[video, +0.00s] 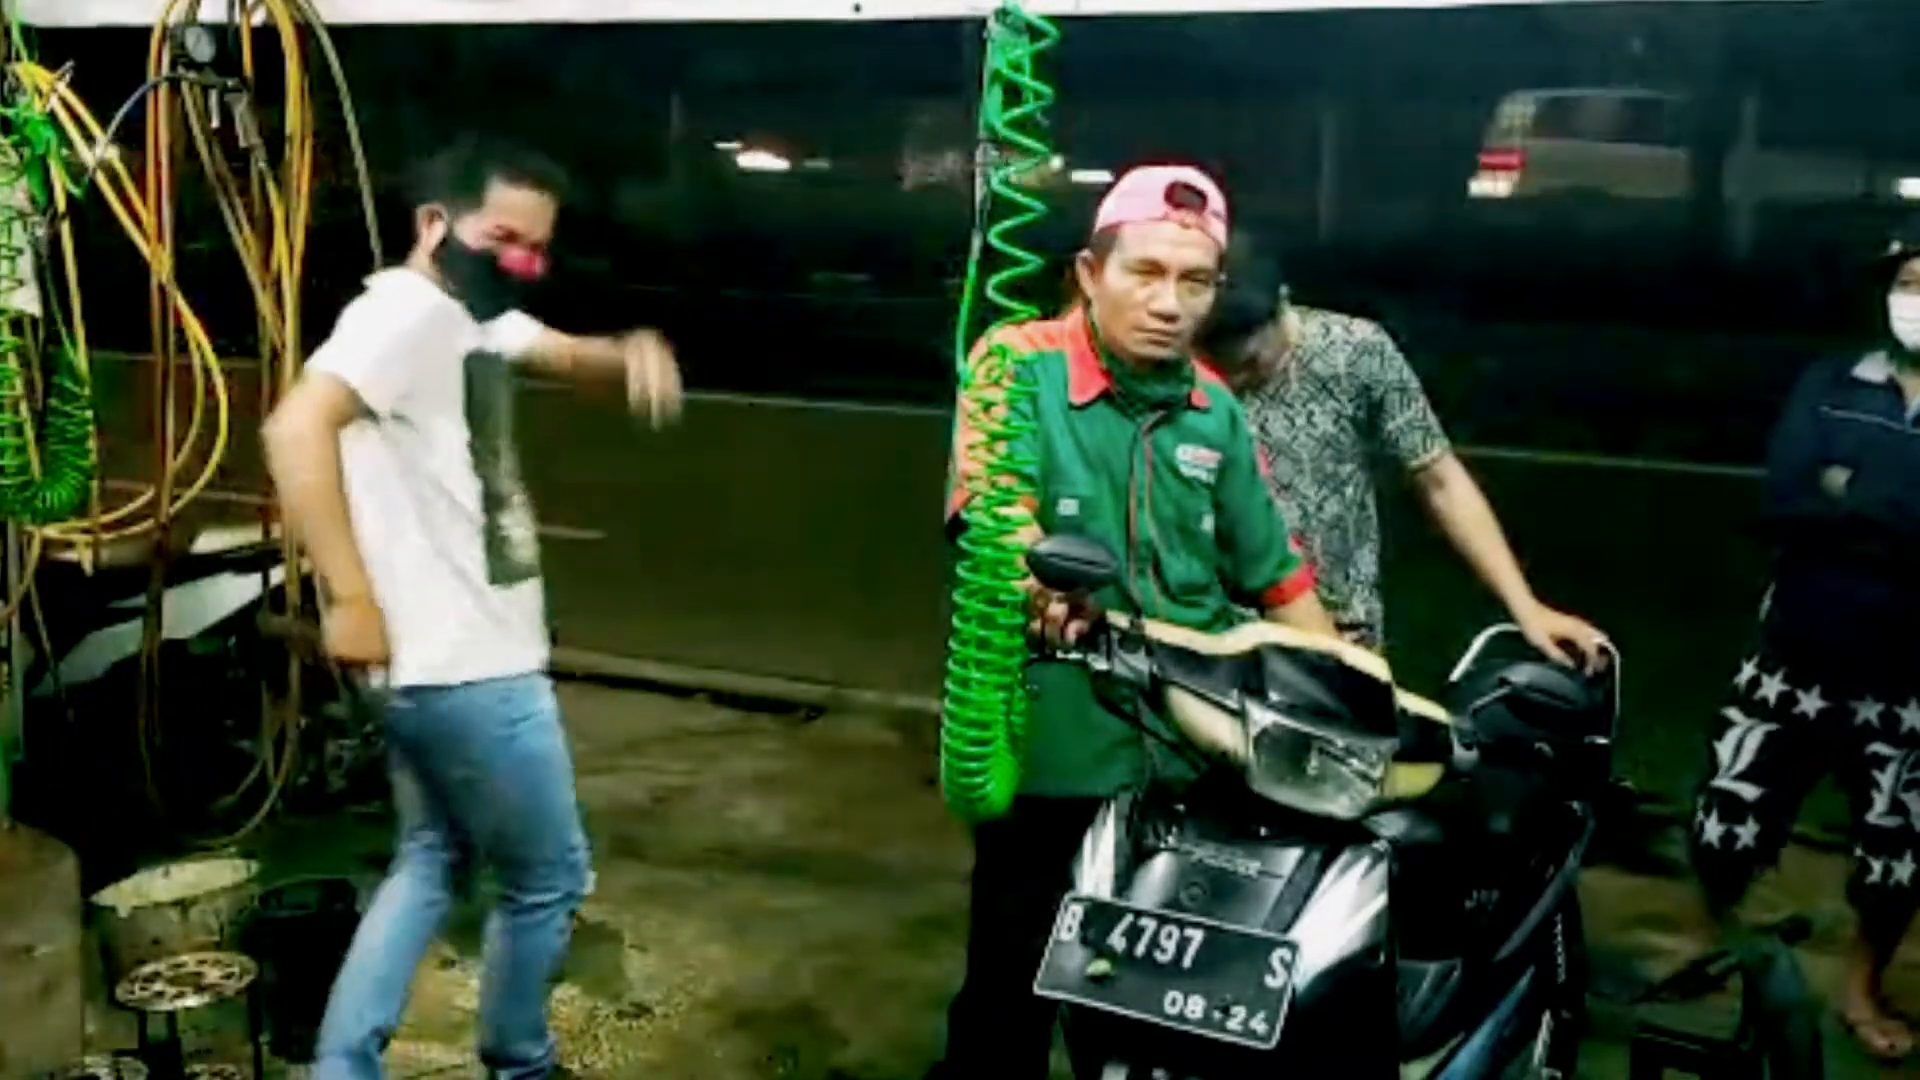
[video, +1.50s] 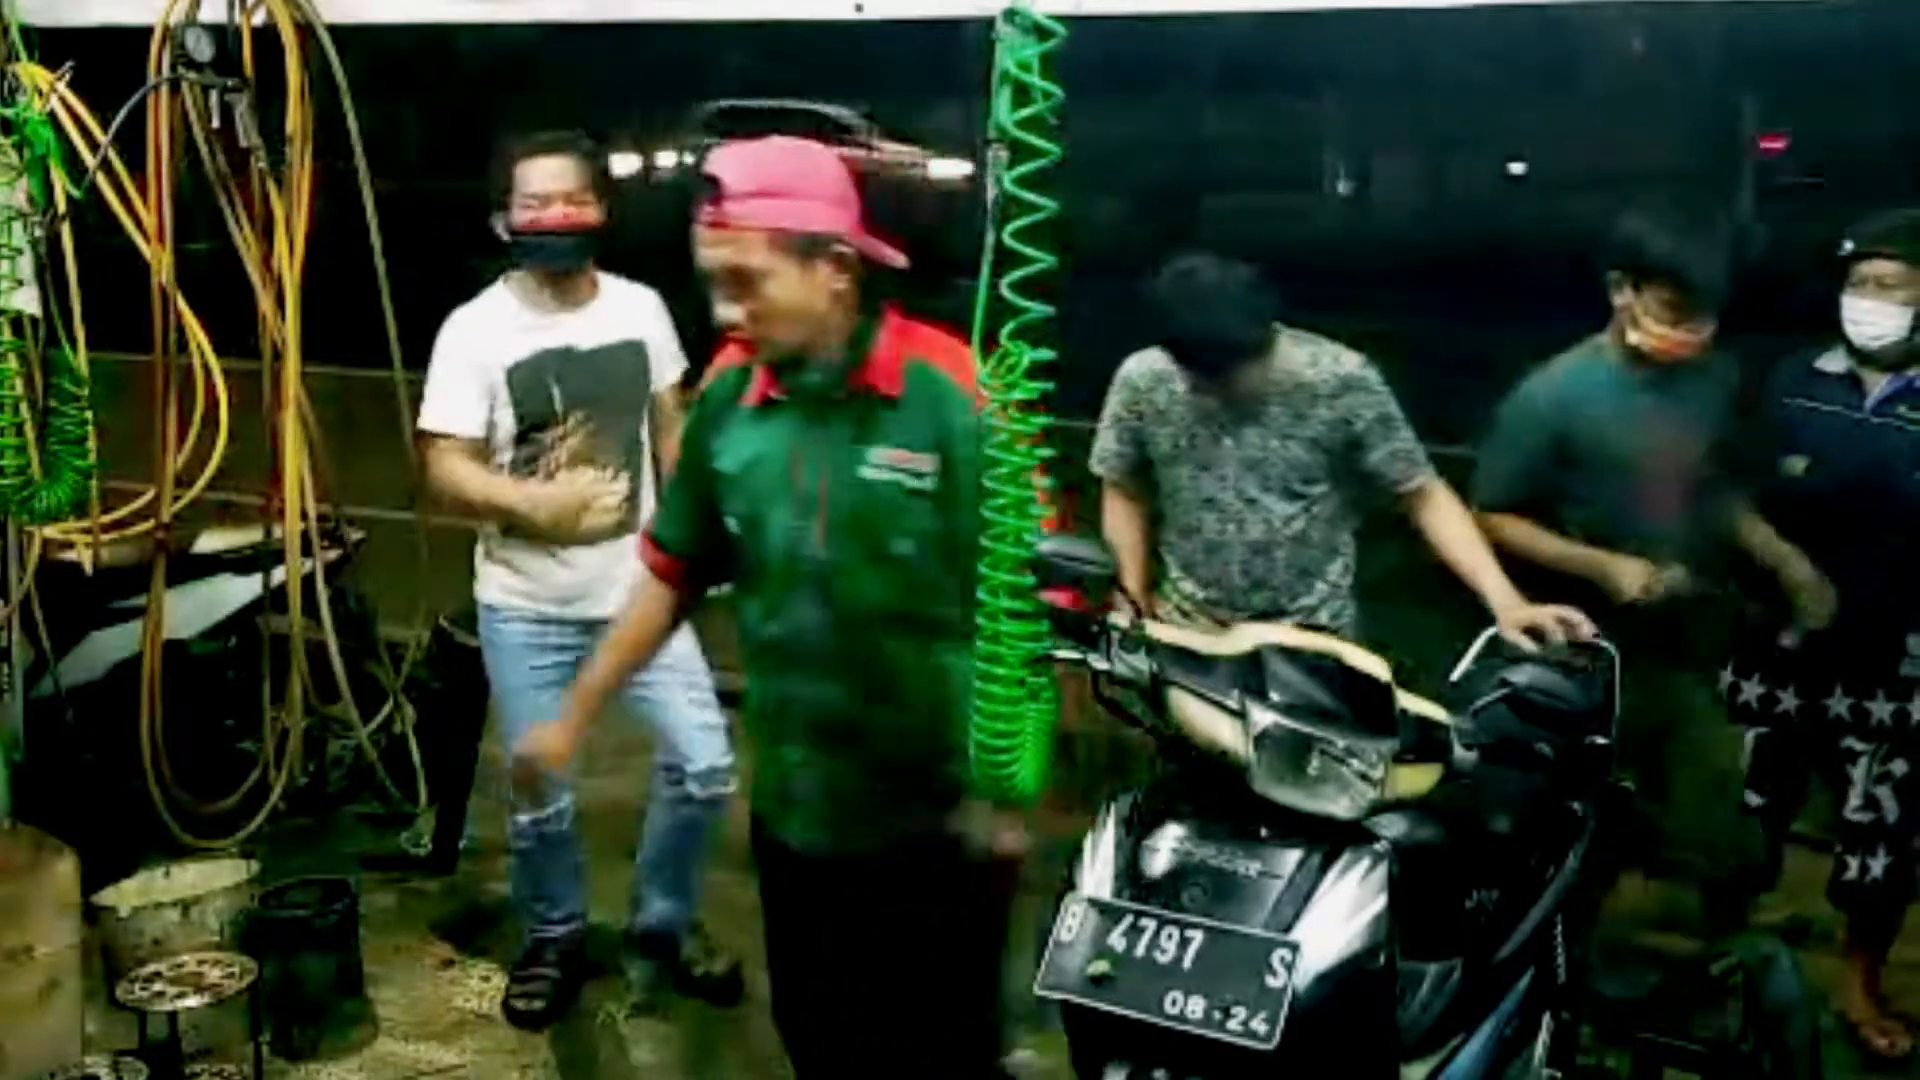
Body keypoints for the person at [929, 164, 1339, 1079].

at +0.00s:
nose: (1169, 303)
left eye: (1194, 282)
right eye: (1146, 274)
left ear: (1217, 296)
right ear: (1090, 274)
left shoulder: (1215, 412)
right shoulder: (1017, 367)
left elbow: (1282, 584)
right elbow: (987, 509)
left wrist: (1344, 699)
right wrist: (1043, 596)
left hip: (1188, 754)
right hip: (1050, 752)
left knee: (1159, 1009)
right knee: (1007, 1010)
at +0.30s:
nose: (1119, 305)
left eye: (1148, 281)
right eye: (1099, 277)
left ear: (1196, 289)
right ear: (1070, 276)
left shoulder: (1216, 414)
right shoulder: (1014, 372)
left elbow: (1286, 585)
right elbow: (974, 518)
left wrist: (1341, 701)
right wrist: (1030, 577)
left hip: (1184, 756)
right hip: (1042, 754)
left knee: (1155, 1015)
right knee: (996, 1015)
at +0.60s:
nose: (1063, 316)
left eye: (1090, 291)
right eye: (1048, 290)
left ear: (1156, 291)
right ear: (1031, 288)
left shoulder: (1200, 412)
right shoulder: (981, 382)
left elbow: (1286, 585)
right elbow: (956, 545)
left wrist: (1350, 686)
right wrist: (1031, 586)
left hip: (1171, 773)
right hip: (1022, 776)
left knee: (1147, 1036)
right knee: (963, 1030)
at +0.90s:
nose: (992, 334)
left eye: (1018, 310)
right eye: (974, 307)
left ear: (1089, 303)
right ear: (954, 300)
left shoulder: (1154, 410)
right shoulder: (922, 401)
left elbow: (1259, 596)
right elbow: (899, 586)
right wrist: (1019, 627)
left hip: (1138, 753)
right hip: (979, 753)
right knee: (905, 1007)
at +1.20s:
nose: (842, 336)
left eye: (864, 311)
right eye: (829, 312)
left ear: (950, 293)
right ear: (816, 303)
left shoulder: (1054, 404)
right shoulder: (818, 420)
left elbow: (1171, 591)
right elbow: (801, 624)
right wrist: (869, 776)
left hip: (1049, 812)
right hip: (876, 809)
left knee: (1112, 1051)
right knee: (847, 1056)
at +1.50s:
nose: (726, 310)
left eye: (744, 284)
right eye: (716, 286)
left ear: (835, 271)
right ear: (709, 278)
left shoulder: (950, 394)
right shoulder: (726, 404)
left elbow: (1017, 590)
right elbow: (667, 577)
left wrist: (1007, 779)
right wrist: (572, 718)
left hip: (938, 808)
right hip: (797, 808)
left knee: (942, 1050)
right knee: (818, 1040)